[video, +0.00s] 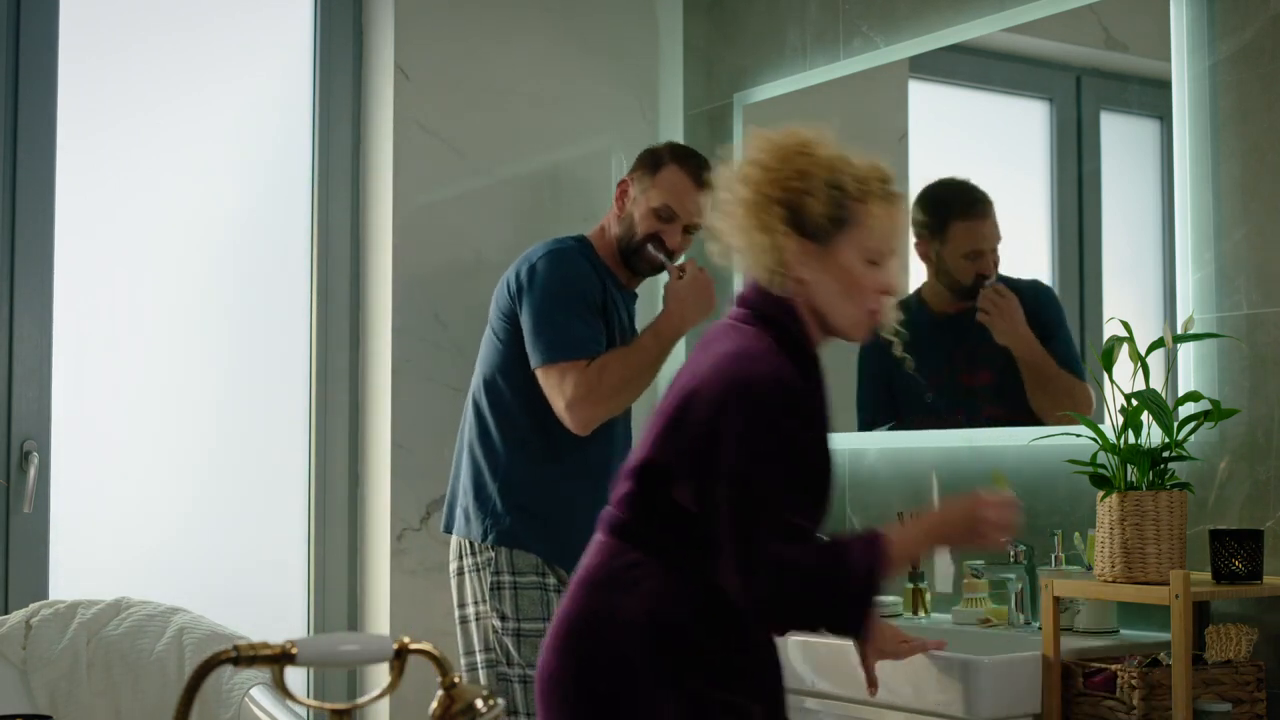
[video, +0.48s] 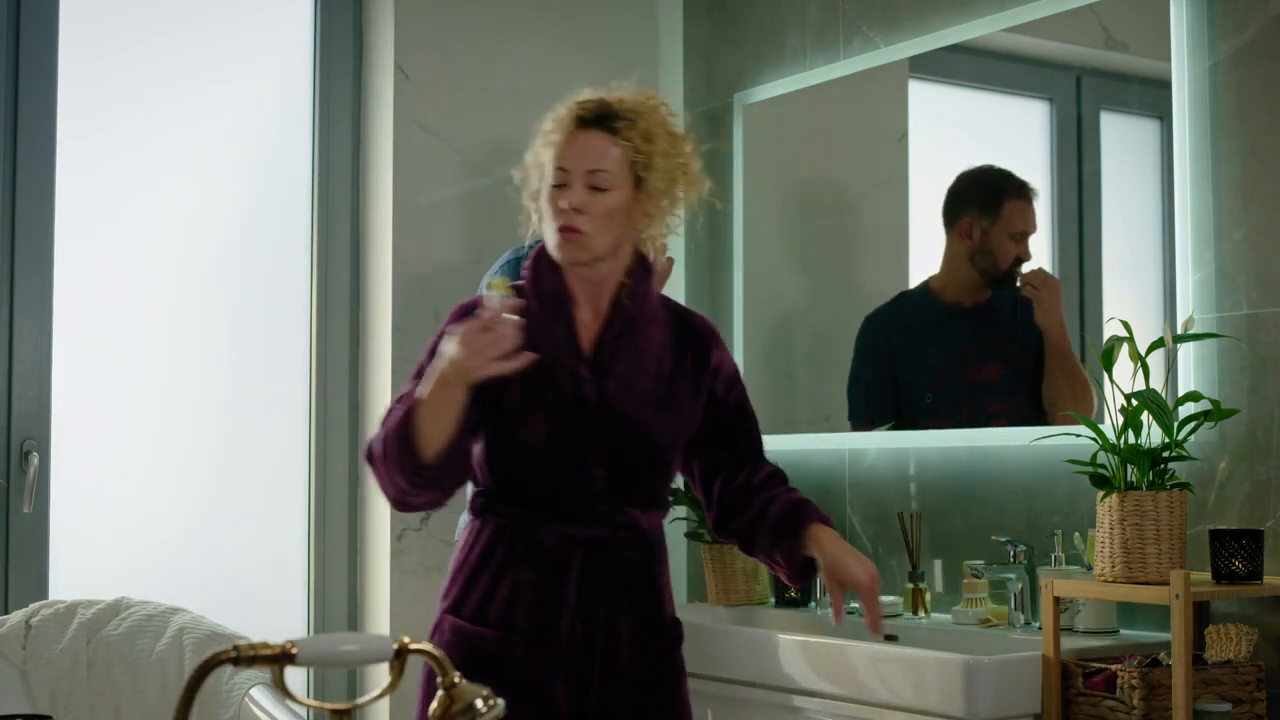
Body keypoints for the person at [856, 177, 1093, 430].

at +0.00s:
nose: (989, 269)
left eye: (994, 251)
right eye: (972, 257)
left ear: (998, 238)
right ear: (924, 251)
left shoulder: (1034, 302)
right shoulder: (889, 331)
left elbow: (1074, 416)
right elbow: (874, 447)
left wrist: (1020, 341)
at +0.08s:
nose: (999, 266)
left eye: (1003, 249)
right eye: (983, 253)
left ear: (1007, 237)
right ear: (935, 246)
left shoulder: (1035, 304)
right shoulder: (887, 336)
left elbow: (1075, 417)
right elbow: (878, 449)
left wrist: (1028, 341)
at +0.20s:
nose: (1011, 262)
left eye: (1013, 246)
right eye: (997, 248)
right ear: (949, 242)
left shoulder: (1036, 307)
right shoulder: (887, 333)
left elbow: (1073, 417)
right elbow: (875, 449)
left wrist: (1035, 332)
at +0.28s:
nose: (1018, 259)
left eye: (1019, 244)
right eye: (1006, 245)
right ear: (956, 239)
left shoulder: (1037, 309)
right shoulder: (888, 330)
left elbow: (1073, 419)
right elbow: (874, 448)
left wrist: (1042, 330)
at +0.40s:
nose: (1025, 256)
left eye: (1026, 241)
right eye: (1014, 241)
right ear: (966, 234)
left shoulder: (1033, 317)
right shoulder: (888, 328)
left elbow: (1074, 421)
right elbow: (871, 447)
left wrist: (1052, 328)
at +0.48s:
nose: (1026, 255)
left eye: (1027, 240)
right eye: (1017, 239)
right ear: (969, 232)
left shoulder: (1031, 317)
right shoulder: (887, 328)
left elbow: (1073, 421)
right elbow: (869, 449)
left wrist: (1054, 326)